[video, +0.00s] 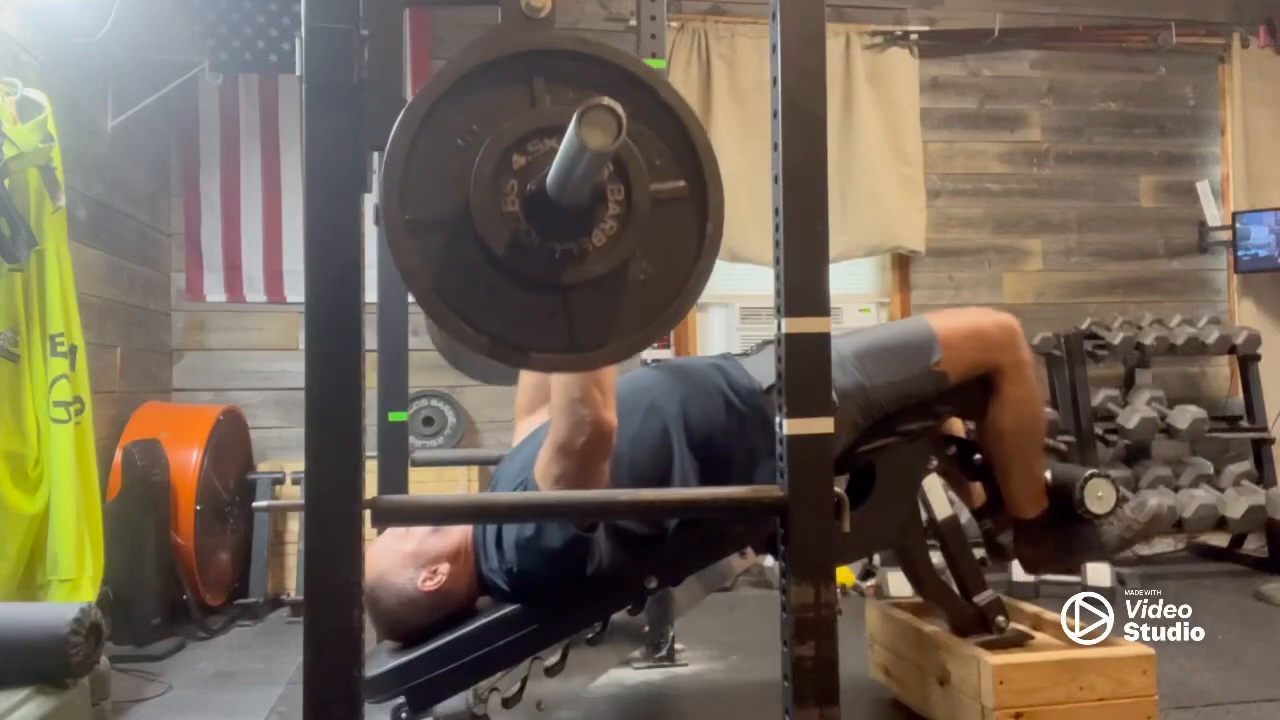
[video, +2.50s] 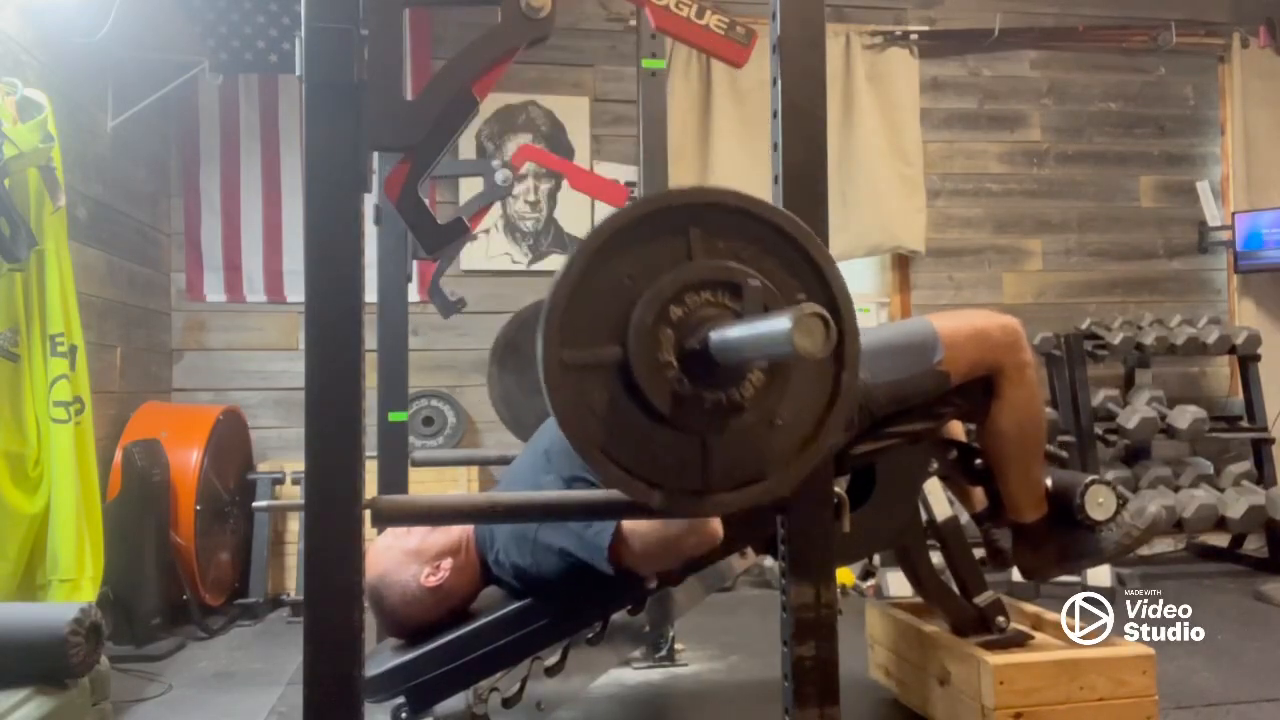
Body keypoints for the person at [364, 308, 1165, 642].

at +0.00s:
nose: (418, 531)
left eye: (400, 535)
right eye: (414, 549)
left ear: (427, 549)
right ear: (443, 581)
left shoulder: (496, 504)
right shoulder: (527, 556)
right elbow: (583, 418)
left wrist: (552, 276)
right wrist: (552, 280)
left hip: (749, 379)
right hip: (772, 431)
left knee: (947, 323)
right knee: (996, 337)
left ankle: (985, 479)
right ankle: (1033, 524)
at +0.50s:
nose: (416, 527)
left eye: (397, 532)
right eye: (410, 545)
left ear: (427, 554)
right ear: (444, 580)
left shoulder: (499, 501)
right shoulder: (535, 548)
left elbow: (555, 372)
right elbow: (577, 380)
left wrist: (572, 204)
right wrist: (584, 214)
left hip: (742, 376)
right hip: (772, 422)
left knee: (957, 324)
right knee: (1002, 336)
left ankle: (987, 472)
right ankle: (1035, 527)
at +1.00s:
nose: (417, 525)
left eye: (399, 531)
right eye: (412, 544)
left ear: (428, 555)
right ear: (444, 579)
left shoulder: (500, 499)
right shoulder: (534, 542)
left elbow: (546, 371)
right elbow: (585, 382)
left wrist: (561, 217)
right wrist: (598, 222)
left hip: (741, 376)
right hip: (772, 422)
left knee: (947, 323)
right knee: (997, 333)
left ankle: (988, 481)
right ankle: (1033, 519)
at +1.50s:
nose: (416, 529)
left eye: (397, 533)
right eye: (412, 550)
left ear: (428, 547)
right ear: (444, 582)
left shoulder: (497, 497)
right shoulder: (532, 549)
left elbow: (559, 373)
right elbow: (606, 401)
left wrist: (544, 220)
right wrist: (607, 231)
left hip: (740, 377)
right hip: (773, 425)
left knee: (934, 323)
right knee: (998, 336)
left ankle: (967, 469)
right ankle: (1031, 522)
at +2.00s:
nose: (418, 531)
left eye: (399, 536)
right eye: (416, 552)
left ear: (423, 544)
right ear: (445, 580)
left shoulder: (490, 502)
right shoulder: (526, 546)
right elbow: (652, 530)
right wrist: (679, 395)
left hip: (714, 390)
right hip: (747, 441)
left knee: (921, 320)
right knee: (999, 339)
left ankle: (985, 476)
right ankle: (1034, 525)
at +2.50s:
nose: (418, 531)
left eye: (400, 537)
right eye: (417, 551)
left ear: (426, 546)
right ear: (448, 576)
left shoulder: (498, 497)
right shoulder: (530, 540)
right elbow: (673, 539)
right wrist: (756, 489)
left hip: (714, 400)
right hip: (750, 442)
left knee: (930, 325)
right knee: (998, 339)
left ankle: (995, 486)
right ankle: (1035, 529)